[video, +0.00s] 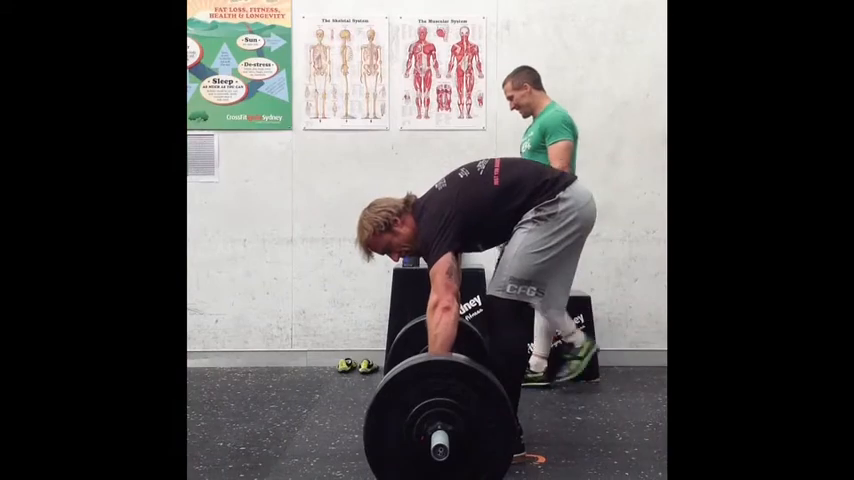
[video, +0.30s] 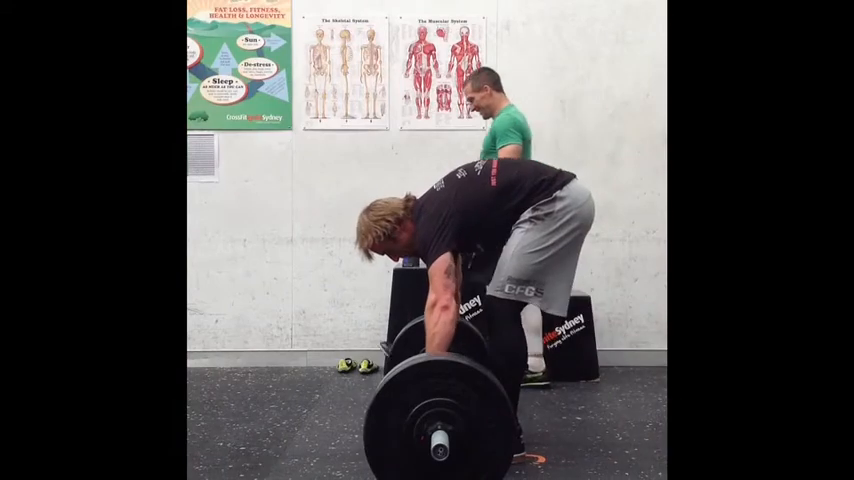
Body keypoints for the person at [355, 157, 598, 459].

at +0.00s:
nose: (396, 258)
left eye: (390, 250)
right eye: (389, 254)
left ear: (399, 224)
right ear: (399, 221)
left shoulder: (435, 220)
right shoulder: (436, 214)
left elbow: (445, 305)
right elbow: (448, 296)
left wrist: (433, 380)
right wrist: (437, 369)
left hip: (557, 205)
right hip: (561, 201)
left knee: (505, 307)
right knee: (507, 306)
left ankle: (504, 435)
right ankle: (501, 429)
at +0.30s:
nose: (395, 260)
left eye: (389, 252)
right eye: (387, 255)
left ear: (399, 229)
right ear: (401, 222)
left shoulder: (433, 221)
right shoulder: (436, 213)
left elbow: (443, 306)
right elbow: (449, 294)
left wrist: (428, 380)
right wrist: (433, 369)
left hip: (556, 203)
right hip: (559, 198)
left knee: (502, 307)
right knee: (500, 306)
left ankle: (505, 433)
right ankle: (502, 427)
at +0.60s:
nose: (393, 261)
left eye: (387, 253)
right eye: (385, 256)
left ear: (399, 230)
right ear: (400, 225)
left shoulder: (434, 222)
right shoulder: (432, 218)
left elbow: (443, 308)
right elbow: (444, 301)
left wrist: (432, 385)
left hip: (556, 203)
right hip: (553, 202)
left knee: (505, 310)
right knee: (501, 308)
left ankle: (505, 438)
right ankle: (500, 432)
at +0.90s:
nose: (389, 261)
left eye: (383, 255)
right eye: (381, 258)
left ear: (395, 232)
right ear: (396, 227)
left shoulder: (431, 223)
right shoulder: (429, 218)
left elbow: (443, 307)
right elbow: (442, 300)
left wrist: (435, 383)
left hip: (554, 206)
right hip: (551, 204)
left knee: (498, 311)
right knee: (496, 310)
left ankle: (503, 432)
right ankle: (499, 427)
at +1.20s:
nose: (387, 270)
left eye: (381, 262)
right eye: (380, 266)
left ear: (392, 240)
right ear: (394, 235)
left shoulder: (431, 233)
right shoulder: (427, 230)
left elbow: (444, 309)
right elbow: (434, 307)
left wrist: (435, 386)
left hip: (555, 230)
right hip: (553, 228)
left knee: (471, 316)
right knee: (471, 314)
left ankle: (502, 438)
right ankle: (496, 433)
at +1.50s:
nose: (381, 294)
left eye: (377, 286)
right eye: (375, 289)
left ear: (391, 267)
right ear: (393, 263)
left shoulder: (428, 262)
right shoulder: (427, 257)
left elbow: (439, 316)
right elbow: (441, 317)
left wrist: (438, 388)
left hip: (550, 303)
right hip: (547, 299)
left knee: (448, 332)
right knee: (442, 331)